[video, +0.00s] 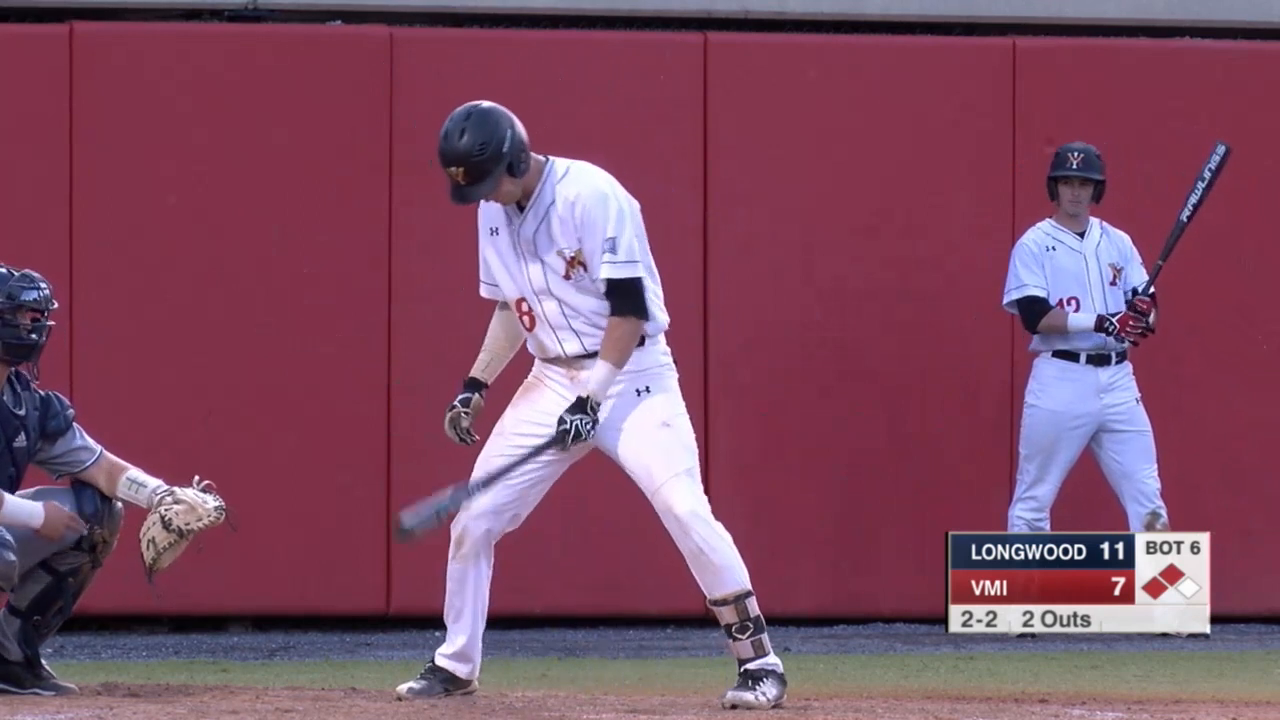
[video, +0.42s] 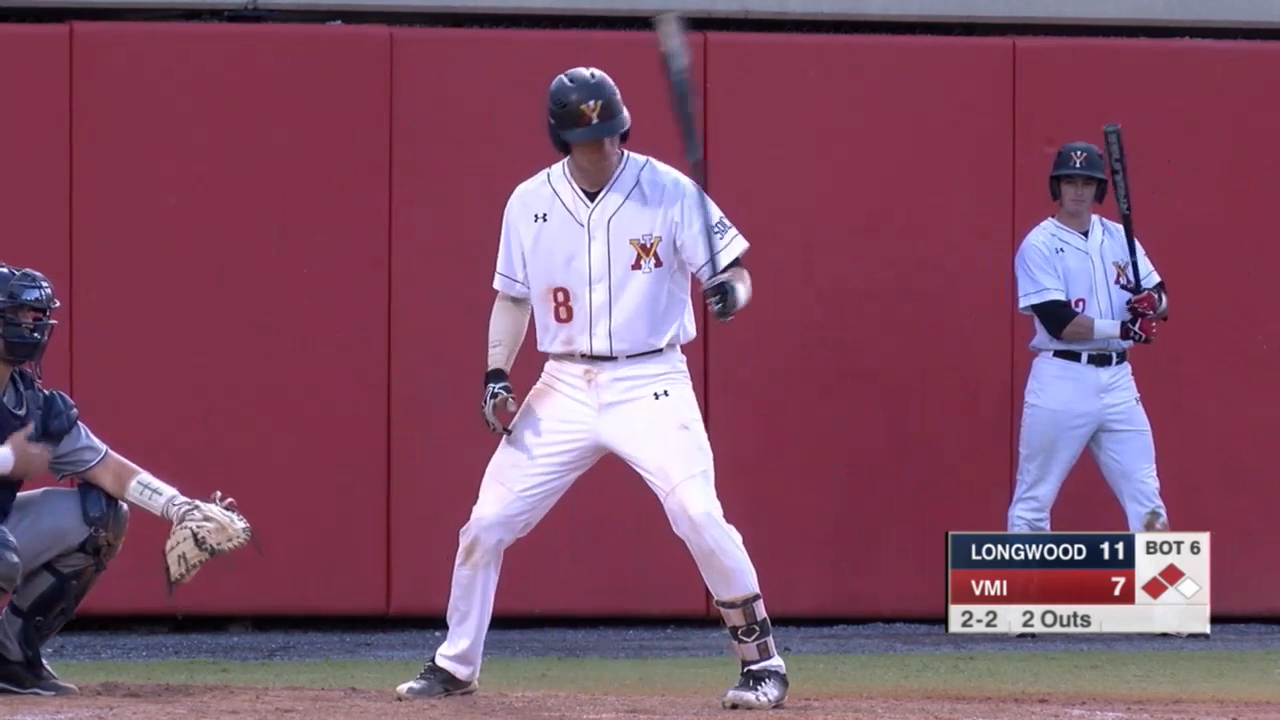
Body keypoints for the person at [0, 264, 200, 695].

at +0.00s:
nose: (28, 325)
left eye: (35, 315)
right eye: (17, 314)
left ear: (43, 322)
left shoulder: (32, 405)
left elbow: (103, 468)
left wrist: (164, 495)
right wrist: (34, 514)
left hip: (8, 527)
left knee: (93, 511)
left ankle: (14, 651)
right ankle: (10, 651)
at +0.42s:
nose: (29, 325)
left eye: (35, 315)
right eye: (18, 314)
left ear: (42, 321)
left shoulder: (36, 404)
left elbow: (108, 468)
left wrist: (179, 506)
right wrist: (9, 459)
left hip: (6, 528)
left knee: (98, 515)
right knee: (7, 561)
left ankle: (14, 651)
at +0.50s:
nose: (29, 325)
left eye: (34, 315)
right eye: (17, 314)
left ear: (41, 321)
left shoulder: (23, 395)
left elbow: (107, 466)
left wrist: (183, 512)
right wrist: (21, 427)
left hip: (5, 528)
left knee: (98, 515)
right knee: (8, 561)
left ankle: (14, 651)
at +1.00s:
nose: (33, 322)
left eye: (38, 311)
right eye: (20, 310)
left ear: (46, 317)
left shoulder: (35, 404)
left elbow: (109, 472)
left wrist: (191, 536)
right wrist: (21, 516)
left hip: (6, 530)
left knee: (99, 515)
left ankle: (13, 652)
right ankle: (9, 652)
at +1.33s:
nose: (32, 322)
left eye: (38, 312)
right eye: (19, 311)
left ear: (47, 317)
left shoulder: (37, 404)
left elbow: (115, 474)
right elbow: (8, 511)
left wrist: (191, 536)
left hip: (3, 527)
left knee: (100, 514)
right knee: (6, 558)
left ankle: (13, 652)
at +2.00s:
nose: (28, 318)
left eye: (33, 308)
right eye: (16, 308)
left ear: (40, 315)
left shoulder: (33, 388)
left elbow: (78, 447)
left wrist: (130, 470)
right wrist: (43, 499)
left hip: (10, 529)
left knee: (96, 516)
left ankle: (16, 651)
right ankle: (12, 651)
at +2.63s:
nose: (39, 336)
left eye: (43, 327)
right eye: (25, 326)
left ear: (51, 332)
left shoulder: (39, 398)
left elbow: (76, 450)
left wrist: (112, 483)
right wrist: (34, 505)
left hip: (9, 526)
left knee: (90, 517)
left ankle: (14, 651)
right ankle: (11, 652)